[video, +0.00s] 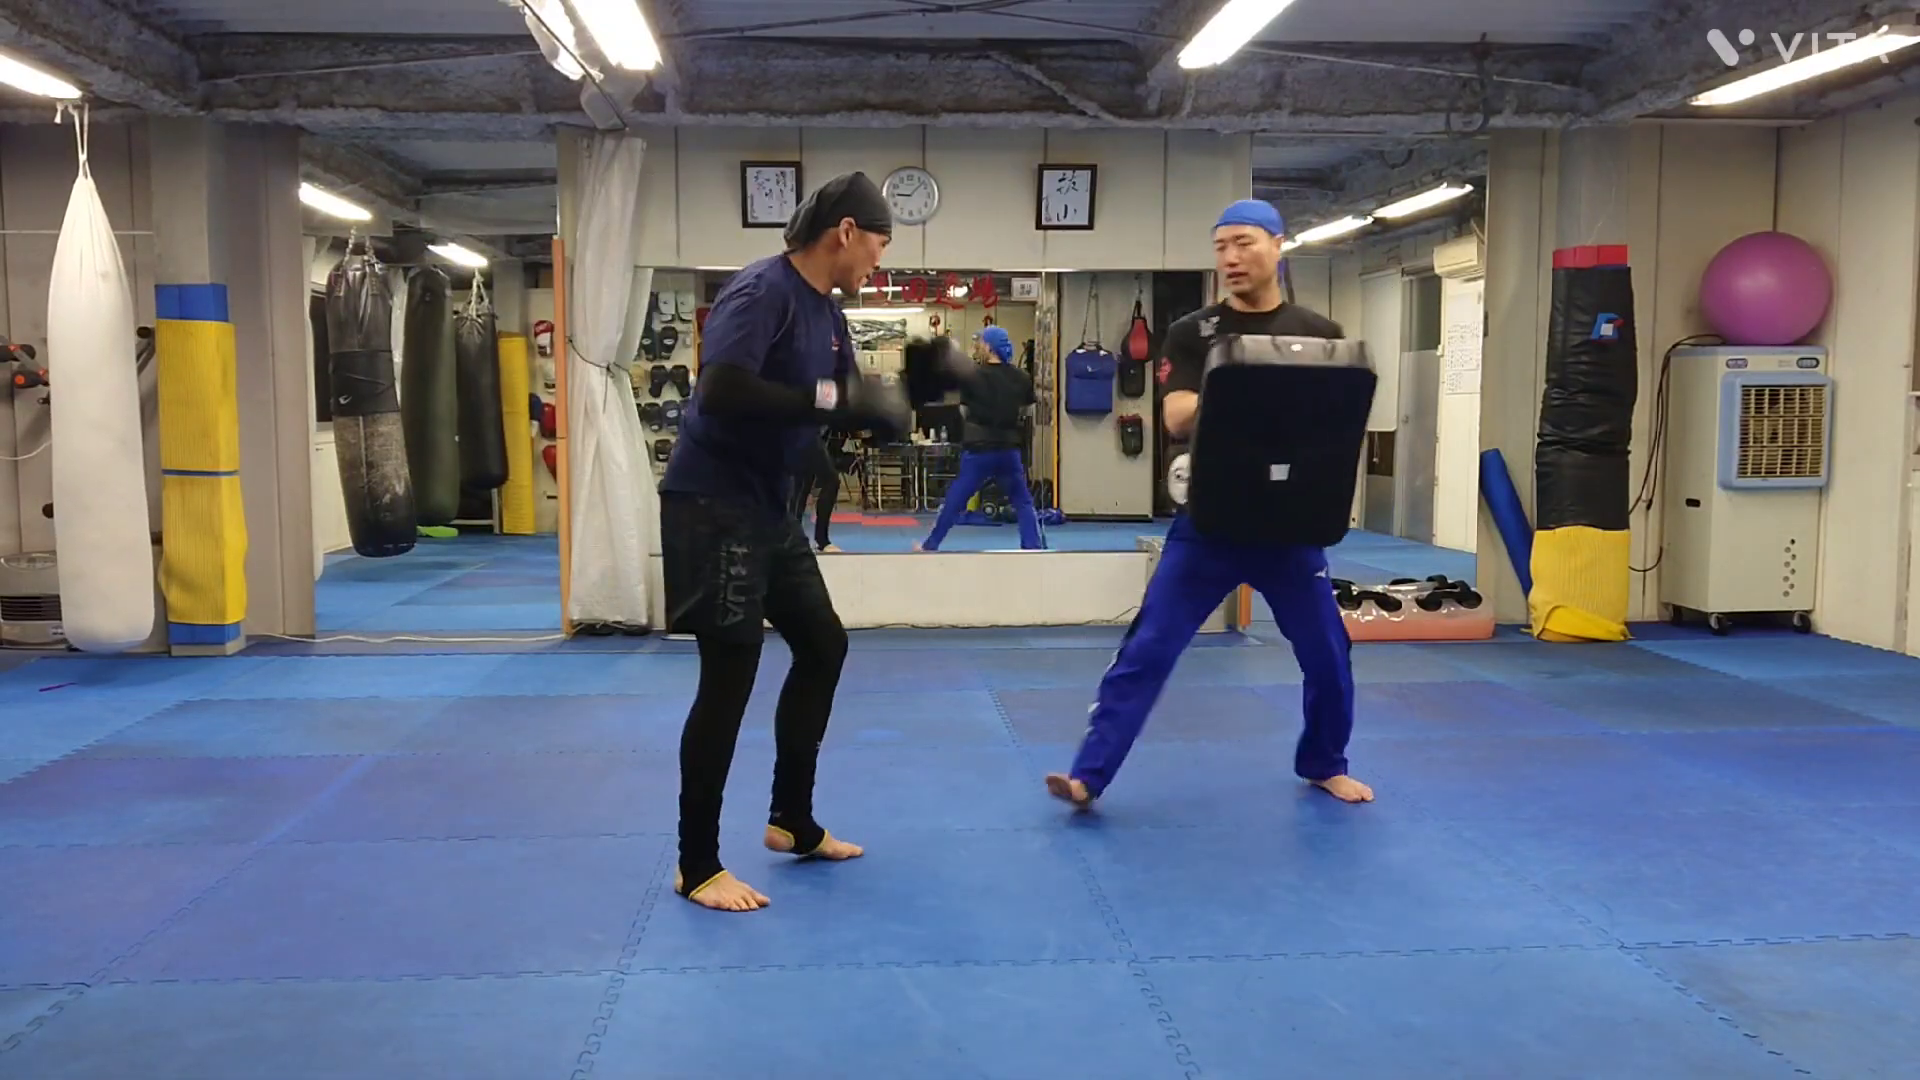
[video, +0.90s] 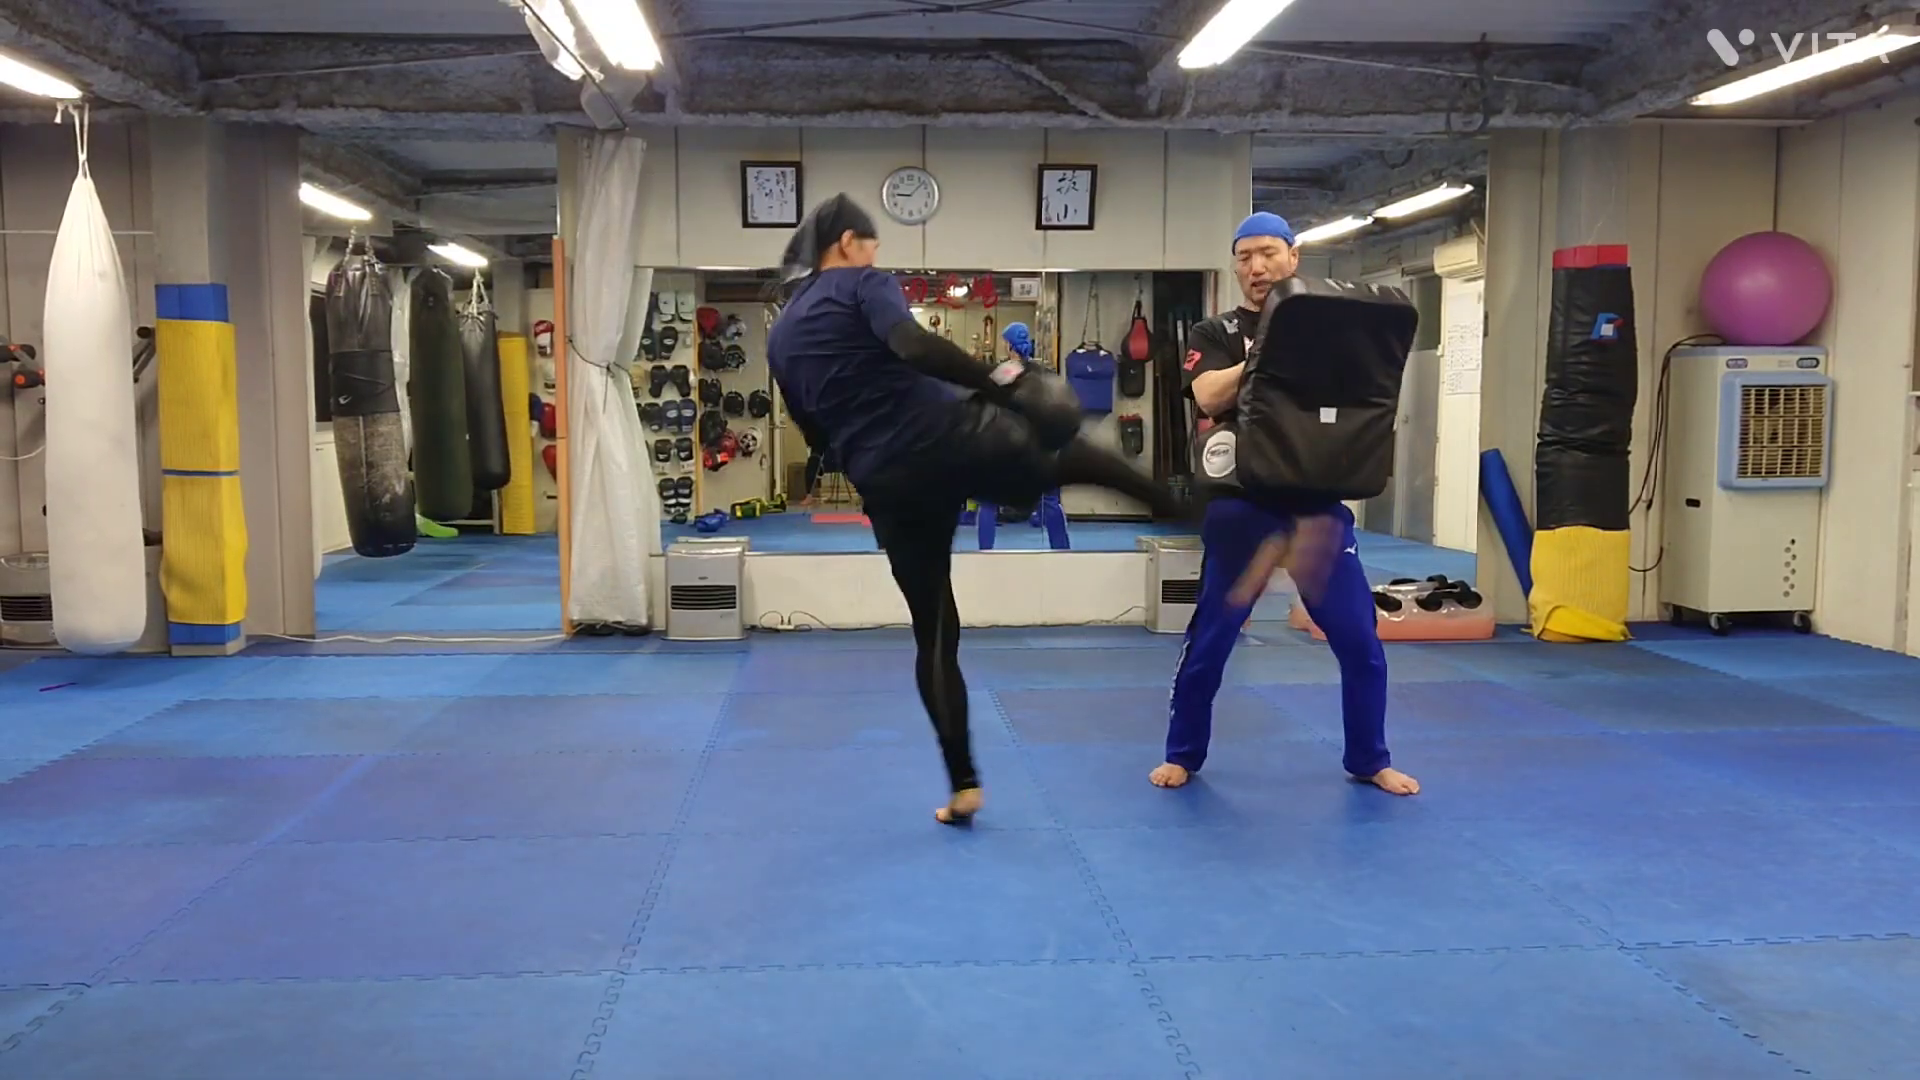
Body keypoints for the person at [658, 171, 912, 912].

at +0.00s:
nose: (879, 263)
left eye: (882, 250)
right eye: (876, 246)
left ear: (841, 237)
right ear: (841, 232)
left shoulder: (830, 316)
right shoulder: (760, 291)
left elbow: (851, 408)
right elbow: (719, 390)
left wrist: (918, 389)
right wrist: (826, 400)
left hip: (772, 514)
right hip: (714, 510)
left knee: (823, 648)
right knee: (726, 677)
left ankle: (791, 822)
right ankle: (697, 869)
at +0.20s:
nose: (881, 249)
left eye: (885, 235)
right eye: (881, 232)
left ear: (845, 220)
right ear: (852, 219)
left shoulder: (829, 301)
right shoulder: (782, 288)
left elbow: (841, 411)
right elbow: (781, 390)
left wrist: (922, 458)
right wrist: (895, 384)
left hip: (800, 510)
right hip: (752, 511)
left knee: (857, 624)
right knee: (739, 676)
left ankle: (862, 799)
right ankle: (698, 867)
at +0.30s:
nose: (882, 251)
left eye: (884, 237)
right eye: (881, 234)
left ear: (844, 223)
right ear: (852, 222)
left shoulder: (824, 297)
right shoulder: (795, 289)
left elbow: (819, 426)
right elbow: (852, 381)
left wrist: (883, 487)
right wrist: (933, 351)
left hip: (822, 517)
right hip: (774, 517)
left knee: (872, 634)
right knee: (748, 682)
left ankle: (909, 795)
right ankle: (699, 865)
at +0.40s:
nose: (885, 244)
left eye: (883, 233)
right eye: (880, 232)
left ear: (832, 233)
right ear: (853, 229)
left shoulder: (791, 308)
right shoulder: (853, 292)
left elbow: (763, 419)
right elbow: (952, 336)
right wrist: (945, 284)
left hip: (822, 511)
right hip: (831, 514)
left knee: (909, 633)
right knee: (793, 680)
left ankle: (943, 803)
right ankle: (705, 857)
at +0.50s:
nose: (872, 246)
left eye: (868, 235)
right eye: (867, 235)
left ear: (816, 243)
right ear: (842, 236)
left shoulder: (778, 324)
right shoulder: (879, 282)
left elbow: (724, 415)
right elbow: (980, 308)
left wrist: (690, 492)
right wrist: (949, 277)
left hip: (852, 503)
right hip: (905, 485)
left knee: (925, 649)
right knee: (933, 648)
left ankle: (944, 806)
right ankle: (803, 767)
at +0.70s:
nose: (844, 268)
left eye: (838, 260)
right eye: (839, 258)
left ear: (777, 270)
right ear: (823, 257)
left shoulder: (758, 344)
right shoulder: (867, 295)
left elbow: (792, 410)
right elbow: (951, 346)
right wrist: (1002, 374)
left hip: (912, 494)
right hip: (964, 427)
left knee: (920, 636)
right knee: (1077, 394)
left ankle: (986, 779)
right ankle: (1183, 387)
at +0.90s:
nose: (875, 257)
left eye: (875, 247)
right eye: (870, 247)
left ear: (815, 252)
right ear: (843, 244)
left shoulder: (781, 337)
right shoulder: (863, 282)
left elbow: (821, 439)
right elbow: (910, 345)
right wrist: (991, 378)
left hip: (887, 485)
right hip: (947, 436)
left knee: (933, 631)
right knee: (1069, 457)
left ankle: (963, 785)